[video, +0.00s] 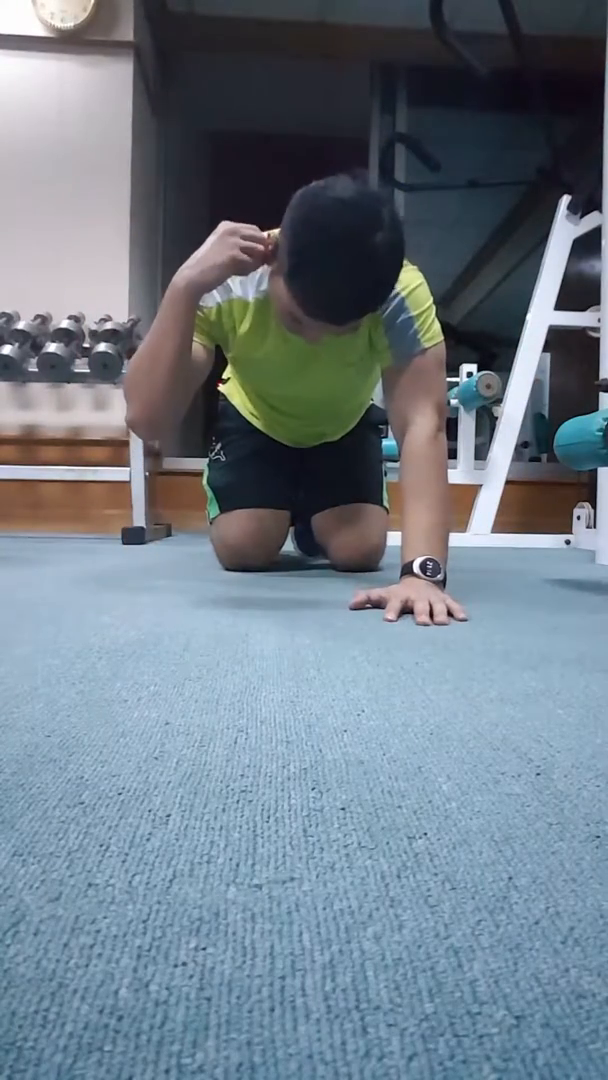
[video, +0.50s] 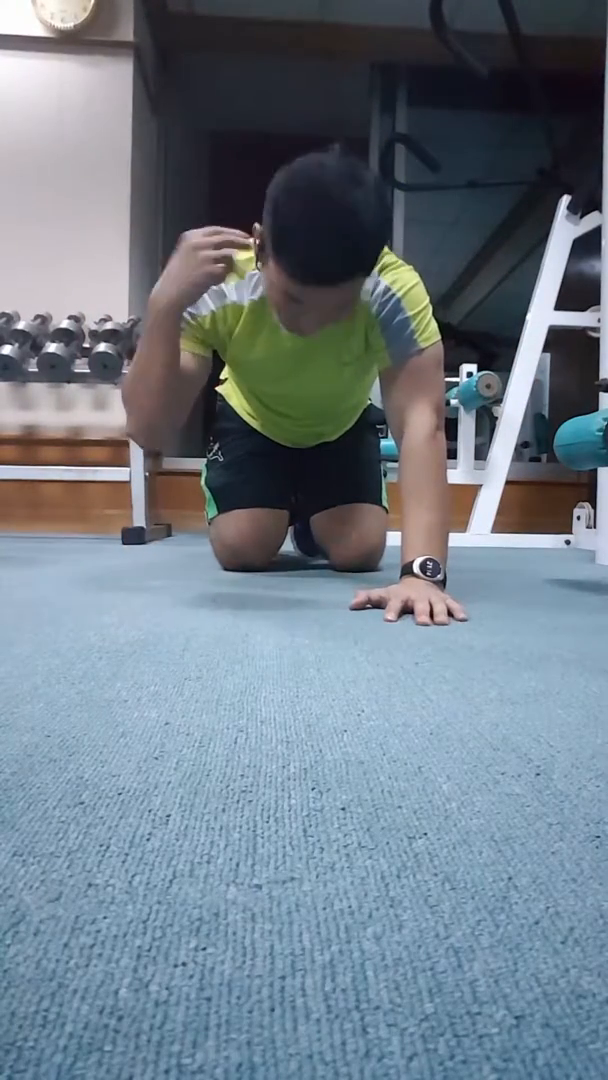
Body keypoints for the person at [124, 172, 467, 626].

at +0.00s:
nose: (314, 335)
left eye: (336, 328)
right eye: (300, 317)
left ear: (372, 300)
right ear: (275, 259)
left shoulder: (400, 293)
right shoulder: (226, 280)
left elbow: (423, 426)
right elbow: (148, 420)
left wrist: (424, 572)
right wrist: (184, 284)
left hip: (347, 419)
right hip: (253, 414)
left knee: (359, 553)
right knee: (245, 552)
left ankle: (309, 520)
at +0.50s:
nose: (307, 323)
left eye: (332, 309)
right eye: (293, 300)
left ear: (364, 277)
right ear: (261, 249)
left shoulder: (392, 291)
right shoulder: (218, 282)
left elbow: (422, 427)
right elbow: (150, 431)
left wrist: (425, 572)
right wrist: (163, 302)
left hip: (344, 418)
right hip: (250, 415)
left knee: (358, 552)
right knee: (244, 553)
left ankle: (310, 518)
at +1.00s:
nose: (298, 266)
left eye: (321, 237)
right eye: (274, 238)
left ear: (350, 225)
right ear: (241, 228)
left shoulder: (387, 291)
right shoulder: (208, 293)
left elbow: (419, 426)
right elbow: (170, 430)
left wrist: (424, 573)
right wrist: (184, 570)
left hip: (344, 422)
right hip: (249, 419)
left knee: (357, 552)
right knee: (247, 552)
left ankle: (308, 520)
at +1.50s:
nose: (295, 234)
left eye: (318, 204)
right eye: (270, 208)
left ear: (345, 198)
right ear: (236, 207)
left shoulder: (389, 271)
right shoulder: (206, 269)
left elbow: (410, 416)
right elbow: (183, 419)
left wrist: (411, 567)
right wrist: (188, 574)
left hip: (340, 416)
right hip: (245, 417)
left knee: (359, 550)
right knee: (247, 551)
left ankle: (307, 522)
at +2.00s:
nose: (317, 174)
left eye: (348, 136)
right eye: (286, 137)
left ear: (381, 133)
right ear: (245, 134)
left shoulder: (415, 227)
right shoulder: (202, 210)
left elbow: (416, 405)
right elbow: (175, 394)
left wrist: (411, 574)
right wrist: (178, 567)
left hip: (331, 396)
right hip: (231, 398)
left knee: (347, 553)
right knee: (241, 558)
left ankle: (299, 510)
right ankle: (269, 510)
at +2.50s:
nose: (301, 149)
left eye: (331, 108)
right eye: (266, 111)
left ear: (368, 105)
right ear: (224, 112)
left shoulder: (419, 215)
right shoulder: (185, 208)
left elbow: (421, 410)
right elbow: (178, 399)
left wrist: (411, 574)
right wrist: (178, 572)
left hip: (337, 392)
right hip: (237, 396)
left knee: (312, 482)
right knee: (246, 558)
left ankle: (301, 506)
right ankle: (256, 507)